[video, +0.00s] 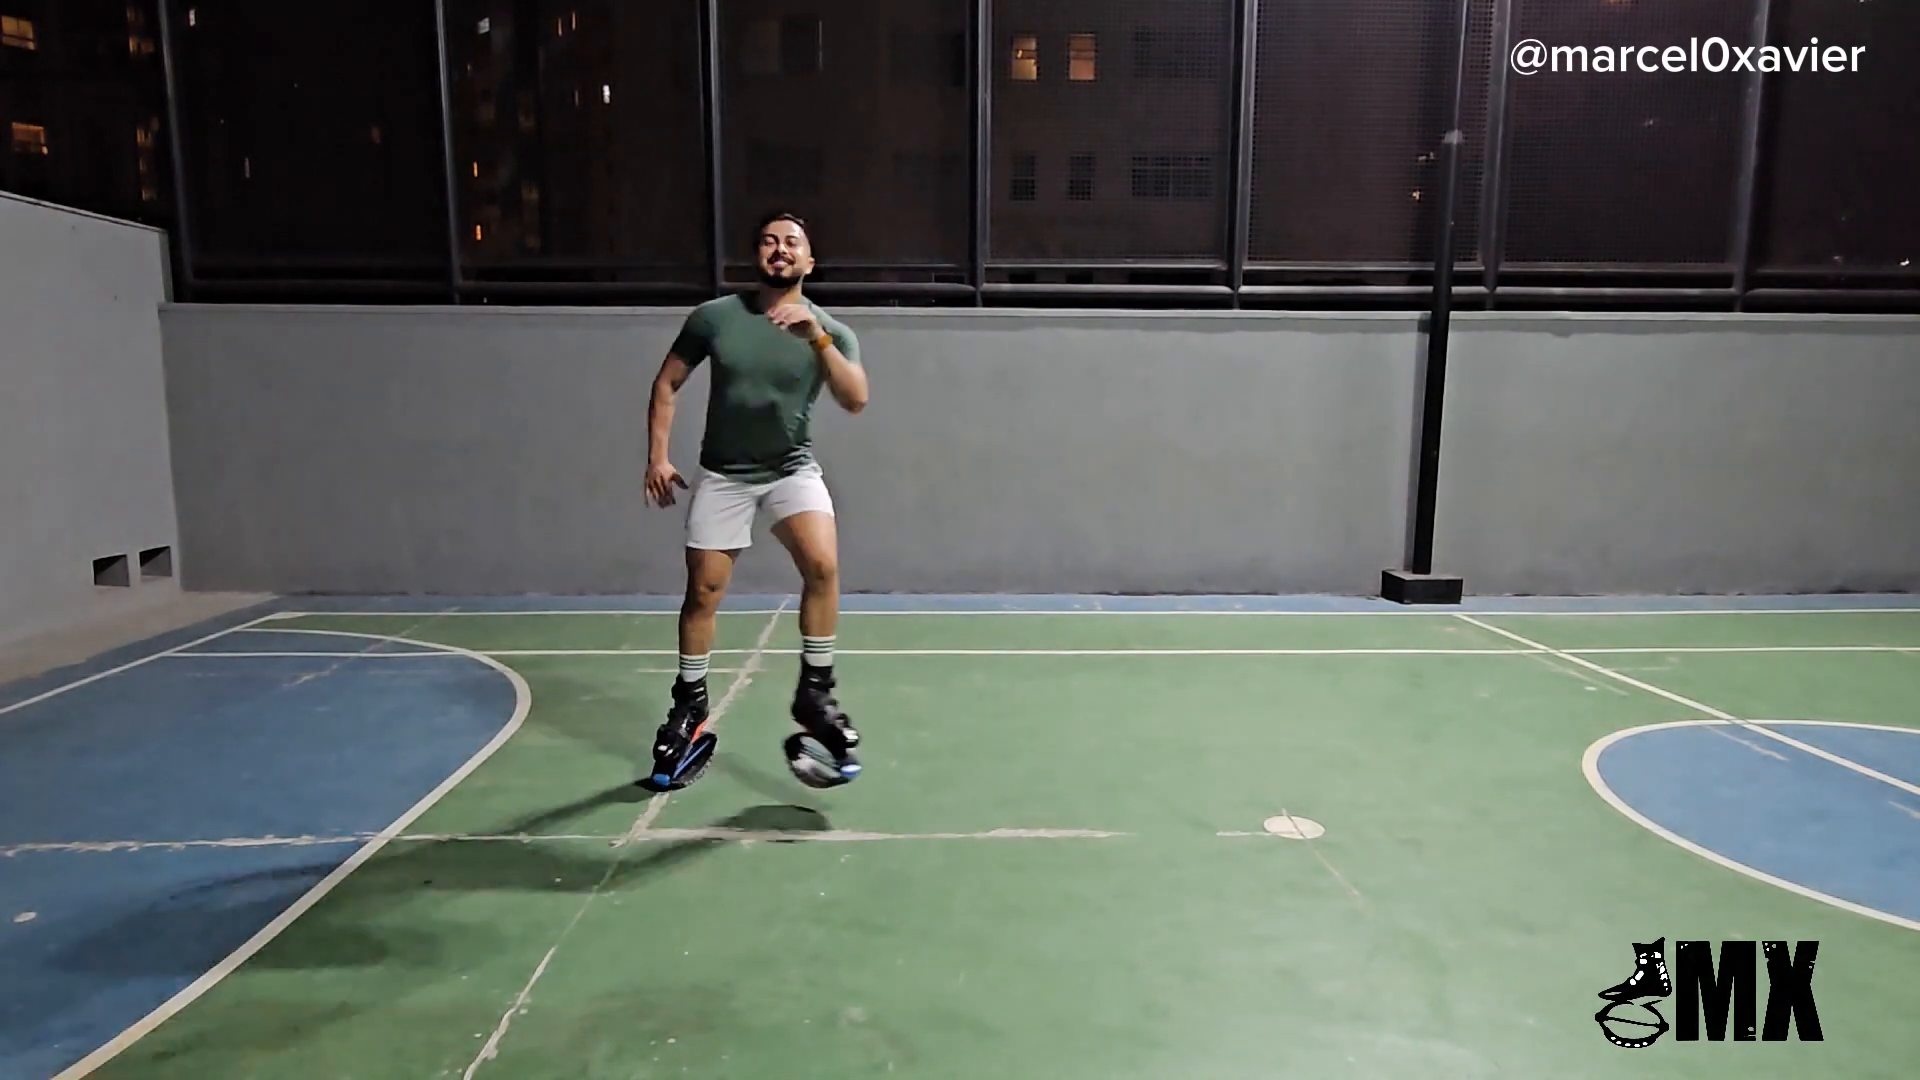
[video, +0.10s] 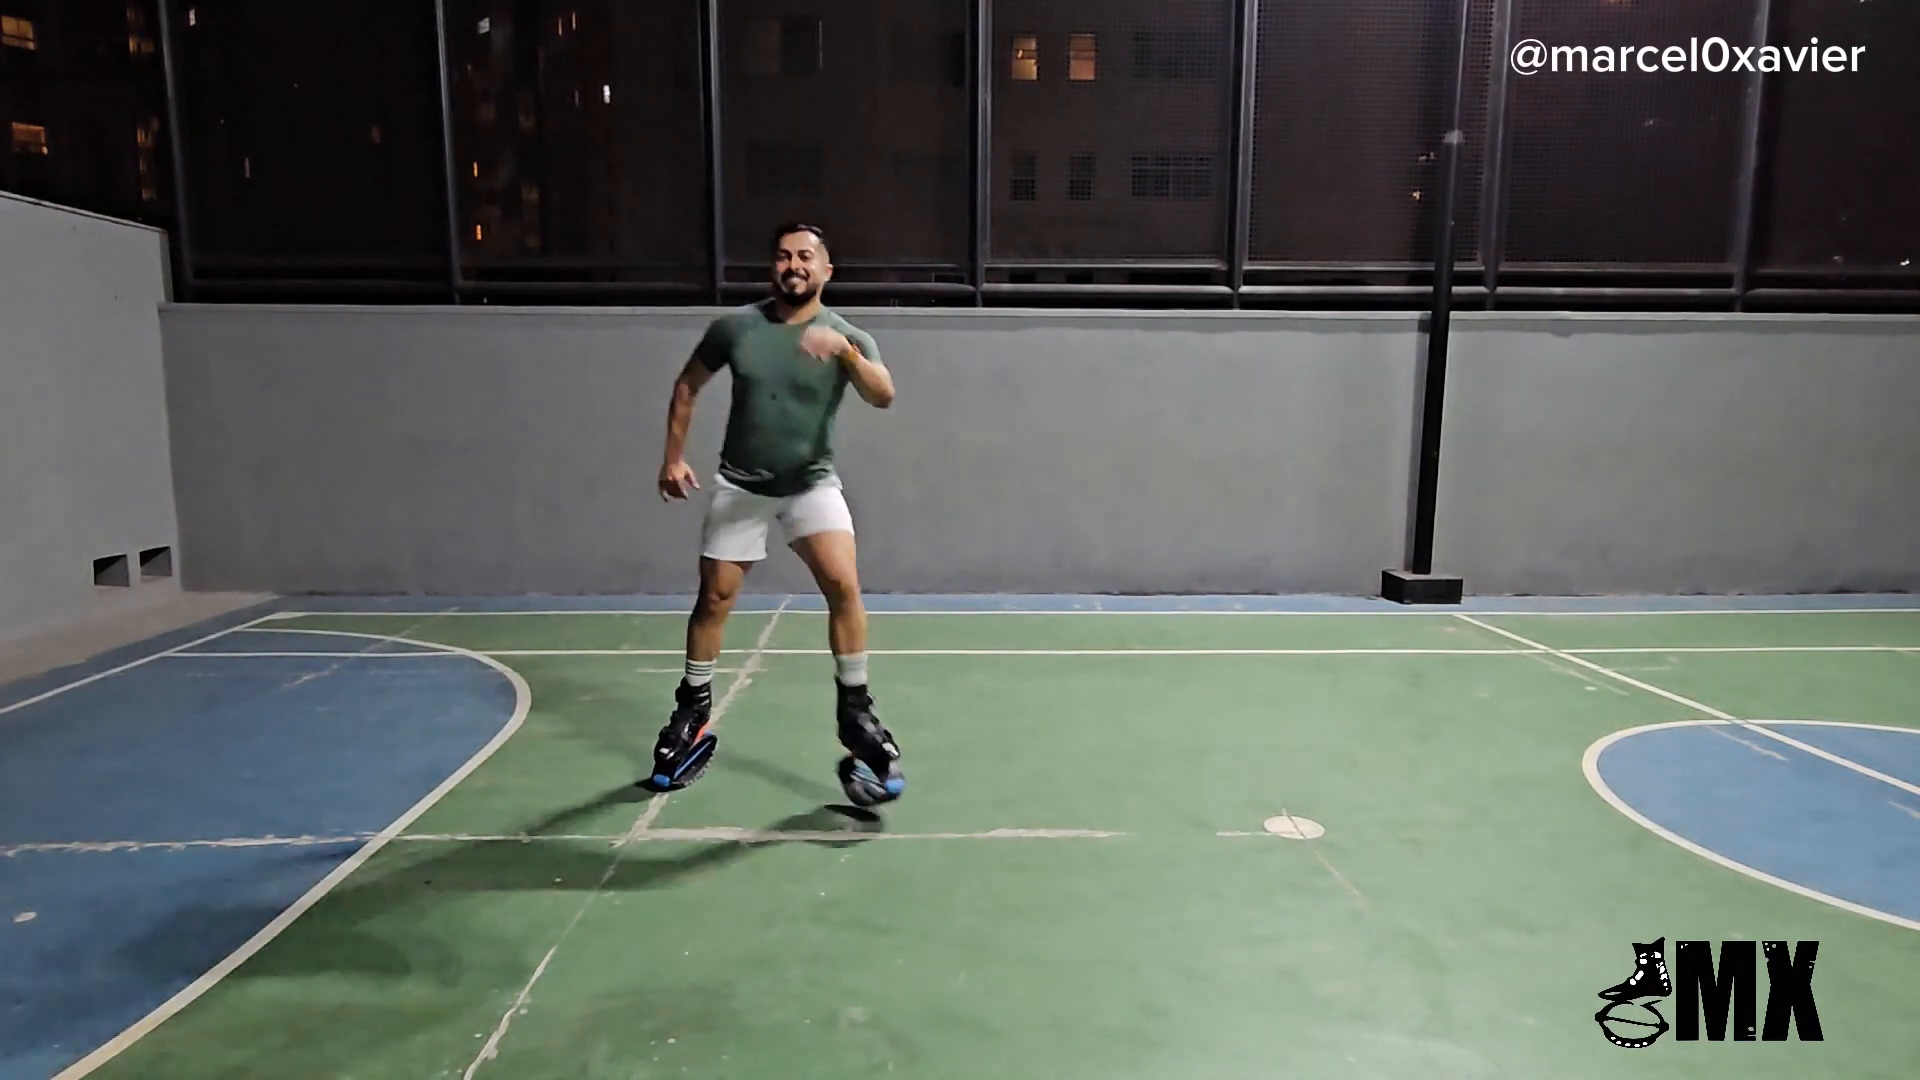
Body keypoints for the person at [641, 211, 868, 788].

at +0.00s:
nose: (778, 249)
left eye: (790, 243)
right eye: (769, 242)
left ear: (810, 262)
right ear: (754, 258)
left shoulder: (831, 330)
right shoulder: (713, 317)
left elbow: (856, 400)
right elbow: (667, 382)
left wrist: (820, 341)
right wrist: (657, 457)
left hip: (792, 473)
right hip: (723, 477)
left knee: (823, 565)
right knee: (703, 590)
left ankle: (815, 693)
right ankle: (689, 711)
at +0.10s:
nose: (794, 265)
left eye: (805, 257)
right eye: (785, 256)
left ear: (827, 270)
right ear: (771, 268)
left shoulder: (847, 335)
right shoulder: (734, 329)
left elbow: (883, 395)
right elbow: (687, 386)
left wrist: (846, 352)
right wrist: (673, 457)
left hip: (812, 486)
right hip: (740, 487)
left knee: (844, 585)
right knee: (715, 598)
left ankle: (856, 712)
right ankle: (691, 712)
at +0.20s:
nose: (810, 278)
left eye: (823, 269)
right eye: (803, 269)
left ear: (849, 278)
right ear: (792, 278)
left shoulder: (870, 347)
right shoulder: (762, 345)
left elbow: (904, 402)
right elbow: (715, 401)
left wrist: (883, 411)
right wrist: (701, 470)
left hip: (842, 501)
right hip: (769, 500)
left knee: (862, 605)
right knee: (737, 599)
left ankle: (874, 734)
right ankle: (697, 712)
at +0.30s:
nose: (831, 262)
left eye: (844, 253)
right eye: (823, 253)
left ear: (868, 267)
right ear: (812, 264)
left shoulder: (889, 334)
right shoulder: (788, 341)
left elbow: (921, 412)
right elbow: (757, 408)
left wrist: (932, 480)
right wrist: (742, 463)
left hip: (872, 496)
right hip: (801, 494)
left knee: (879, 605)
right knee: (761, 597)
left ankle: (879, 733)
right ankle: (731, 705)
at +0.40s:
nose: (847, 248)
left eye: (860, 240)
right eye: (840, 240)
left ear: (887, 255)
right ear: (831, 254)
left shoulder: (911, 323)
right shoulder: (812, 332)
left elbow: (946, 412)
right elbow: (793, 400)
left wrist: (957, 495)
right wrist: (788, 420)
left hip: (891, 485)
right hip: (824, 482)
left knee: (888, 599)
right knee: (788, 584)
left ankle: (883, 729)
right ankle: (806, 696)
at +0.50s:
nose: (866, 252)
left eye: (879, 243)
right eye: (859, 243)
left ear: (905, 254)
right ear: (850, 253)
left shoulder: (936, 323)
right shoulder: (828, 333)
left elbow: (968, 406)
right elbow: (806, 420)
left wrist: (965, 484)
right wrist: (823, 388)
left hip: (915, 483)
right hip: (848, 481)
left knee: (900, 601)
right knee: (828, 593)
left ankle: (888, 732)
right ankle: (883, 676)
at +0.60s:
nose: (885, 268)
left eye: (898, 258)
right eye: (878, 257)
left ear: (923, 264)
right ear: (868, 264)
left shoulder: (955, 332)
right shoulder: (842, 338)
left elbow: (986, 410)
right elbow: (819, 417)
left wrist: (975, 481)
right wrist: (857, 378)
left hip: (939, 485)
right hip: (876, 487)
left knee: (920, 594)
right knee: (881, 604)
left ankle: (895, 723)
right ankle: (940, 693)